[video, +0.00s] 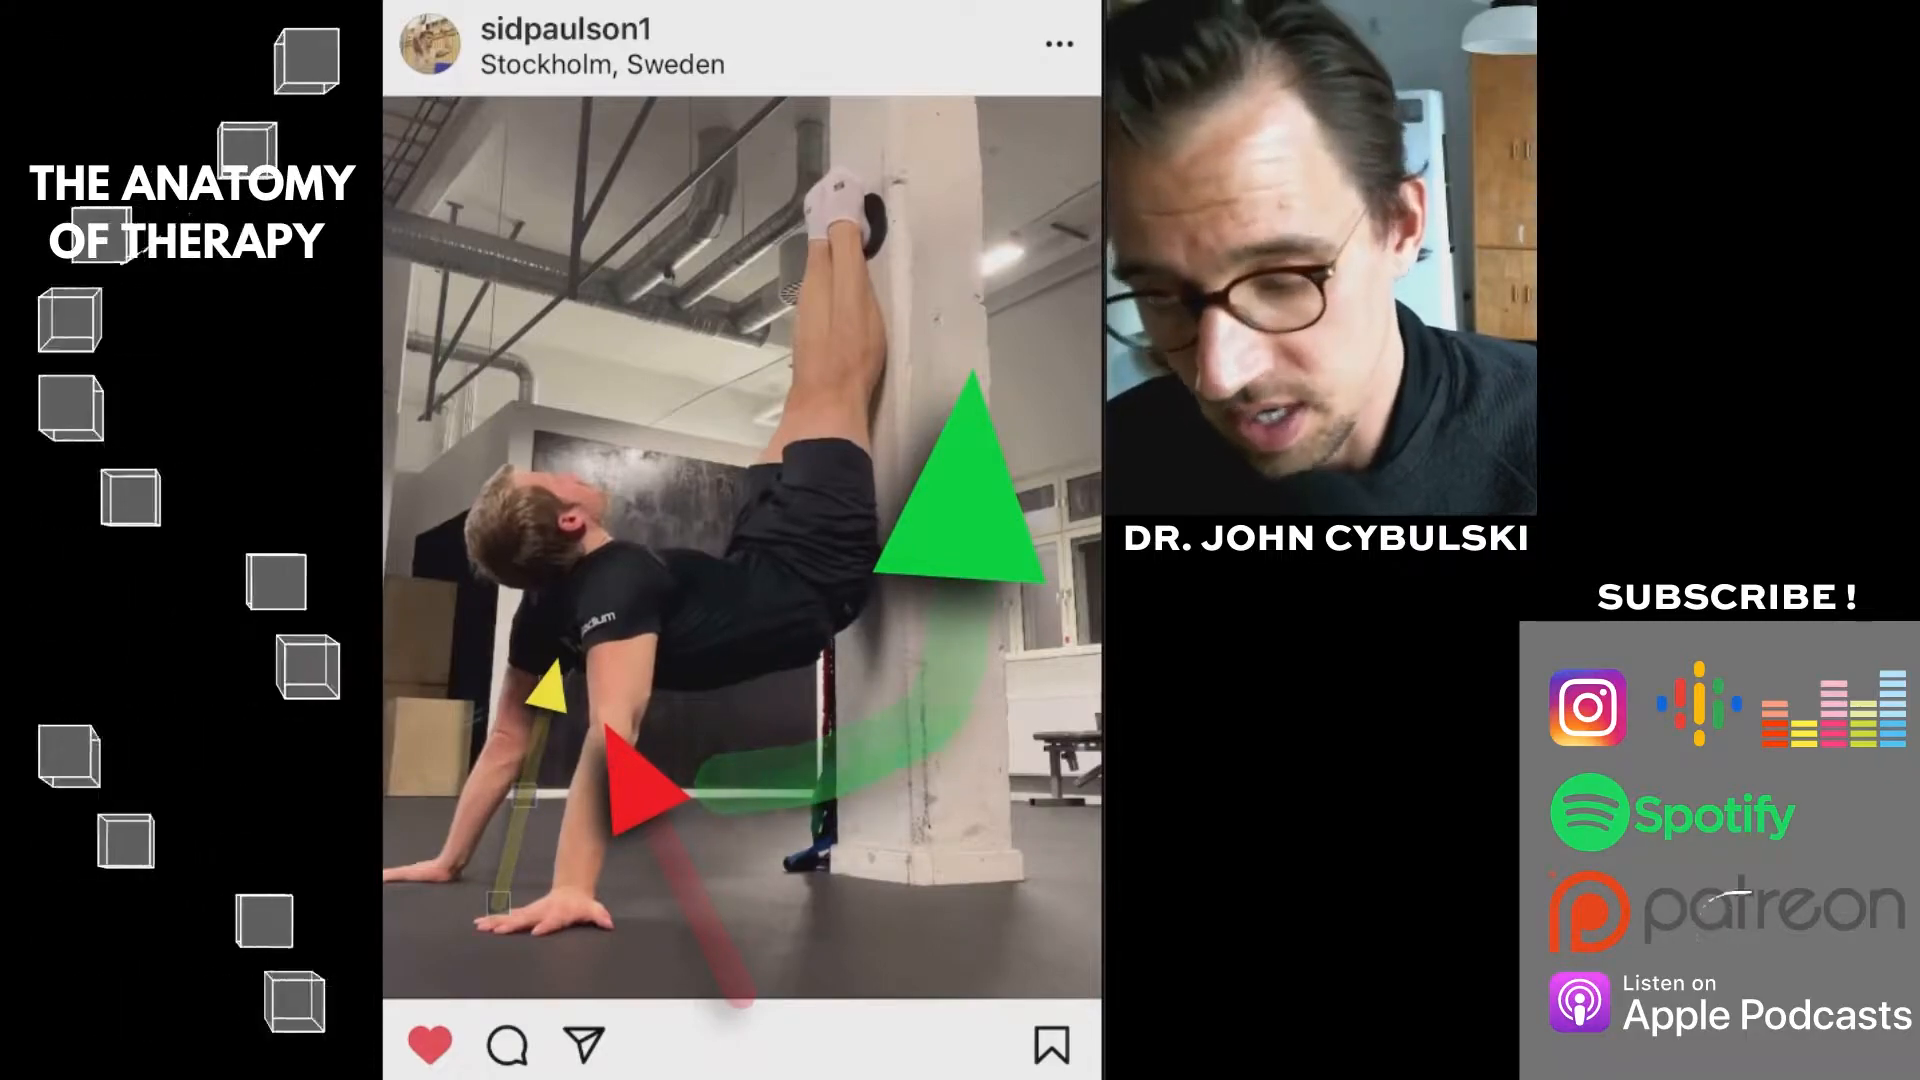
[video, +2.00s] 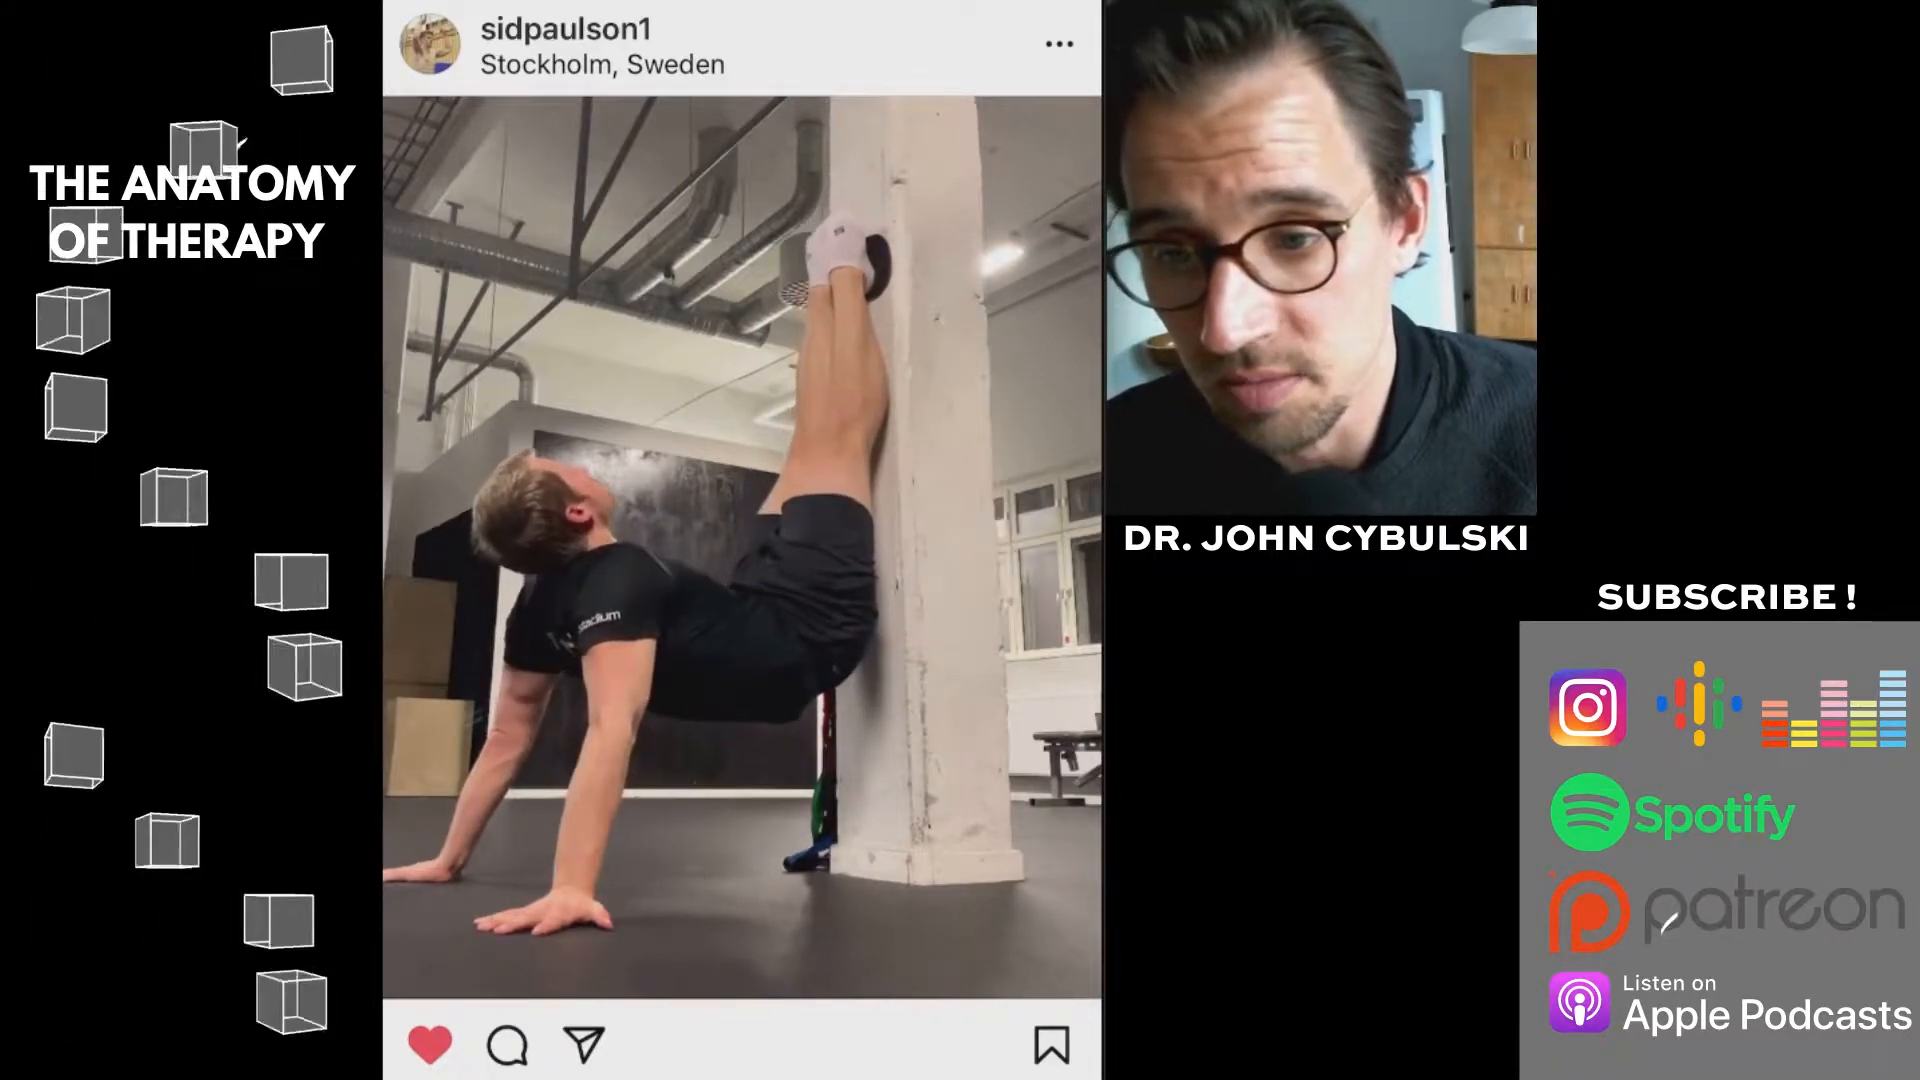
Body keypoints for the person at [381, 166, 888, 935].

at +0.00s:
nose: (569, 475)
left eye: (549, 471)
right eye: (558, 479)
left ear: (546, 547)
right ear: (570, 521)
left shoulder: (540, 608)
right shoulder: (616, 580)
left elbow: (505, 744)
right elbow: (609, 734)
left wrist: (448, 859)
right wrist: (574, 886)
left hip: (762, 578)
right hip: (810, 580)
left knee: (812, 389)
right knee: (839, 380)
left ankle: (828, 238)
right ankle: (844, 230)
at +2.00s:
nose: (580, 466)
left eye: (562, 464)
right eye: (567, 471)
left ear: (533, 545)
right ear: (575, 512)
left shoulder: (536, 611)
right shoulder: (617, 579)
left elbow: (507, 740)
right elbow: (609, 731)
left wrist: (448, 860)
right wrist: (572, 887)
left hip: (759, 633)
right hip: (807, 627)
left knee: (814, 434)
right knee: (844, 429)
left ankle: (825, 293)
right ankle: (845, 278)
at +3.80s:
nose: (607, 465)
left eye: (593, 460)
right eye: (595, 465)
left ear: (540, 531)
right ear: (594, 503)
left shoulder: (532, 606)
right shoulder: (621, 575)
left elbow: (509, 743)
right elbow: (612, 733)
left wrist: (449, 860)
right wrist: (572, 887)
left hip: (738, 747)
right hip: (789, 706)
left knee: (804, 510)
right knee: (838, 501)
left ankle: (826, 348)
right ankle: (847, 344)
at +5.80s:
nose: (624, 457)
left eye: (613, 448)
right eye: (613, 451)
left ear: (541, 507)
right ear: (600, 480)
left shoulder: (527, 606)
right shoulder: (619, 574)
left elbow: (507, 744)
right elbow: (611, 727)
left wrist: (449, 860)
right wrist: (572, 887)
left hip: (698, 779)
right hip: (768, 754)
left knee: (789, 552)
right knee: (831, 543)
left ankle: (827, 389)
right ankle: (846, 383)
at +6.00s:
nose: (624, 456)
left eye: (612, 447)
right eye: (612, 450)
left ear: (541, 507)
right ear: (599, 481)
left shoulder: (527, 606)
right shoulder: (618, 575)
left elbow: (507, 745)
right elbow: (611, 729)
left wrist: (449, 859)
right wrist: (572, 886)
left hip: (697, 779)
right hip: (767, 757)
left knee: (787, 557)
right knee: (826, 547)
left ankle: (825, 393)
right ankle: (847, 385)